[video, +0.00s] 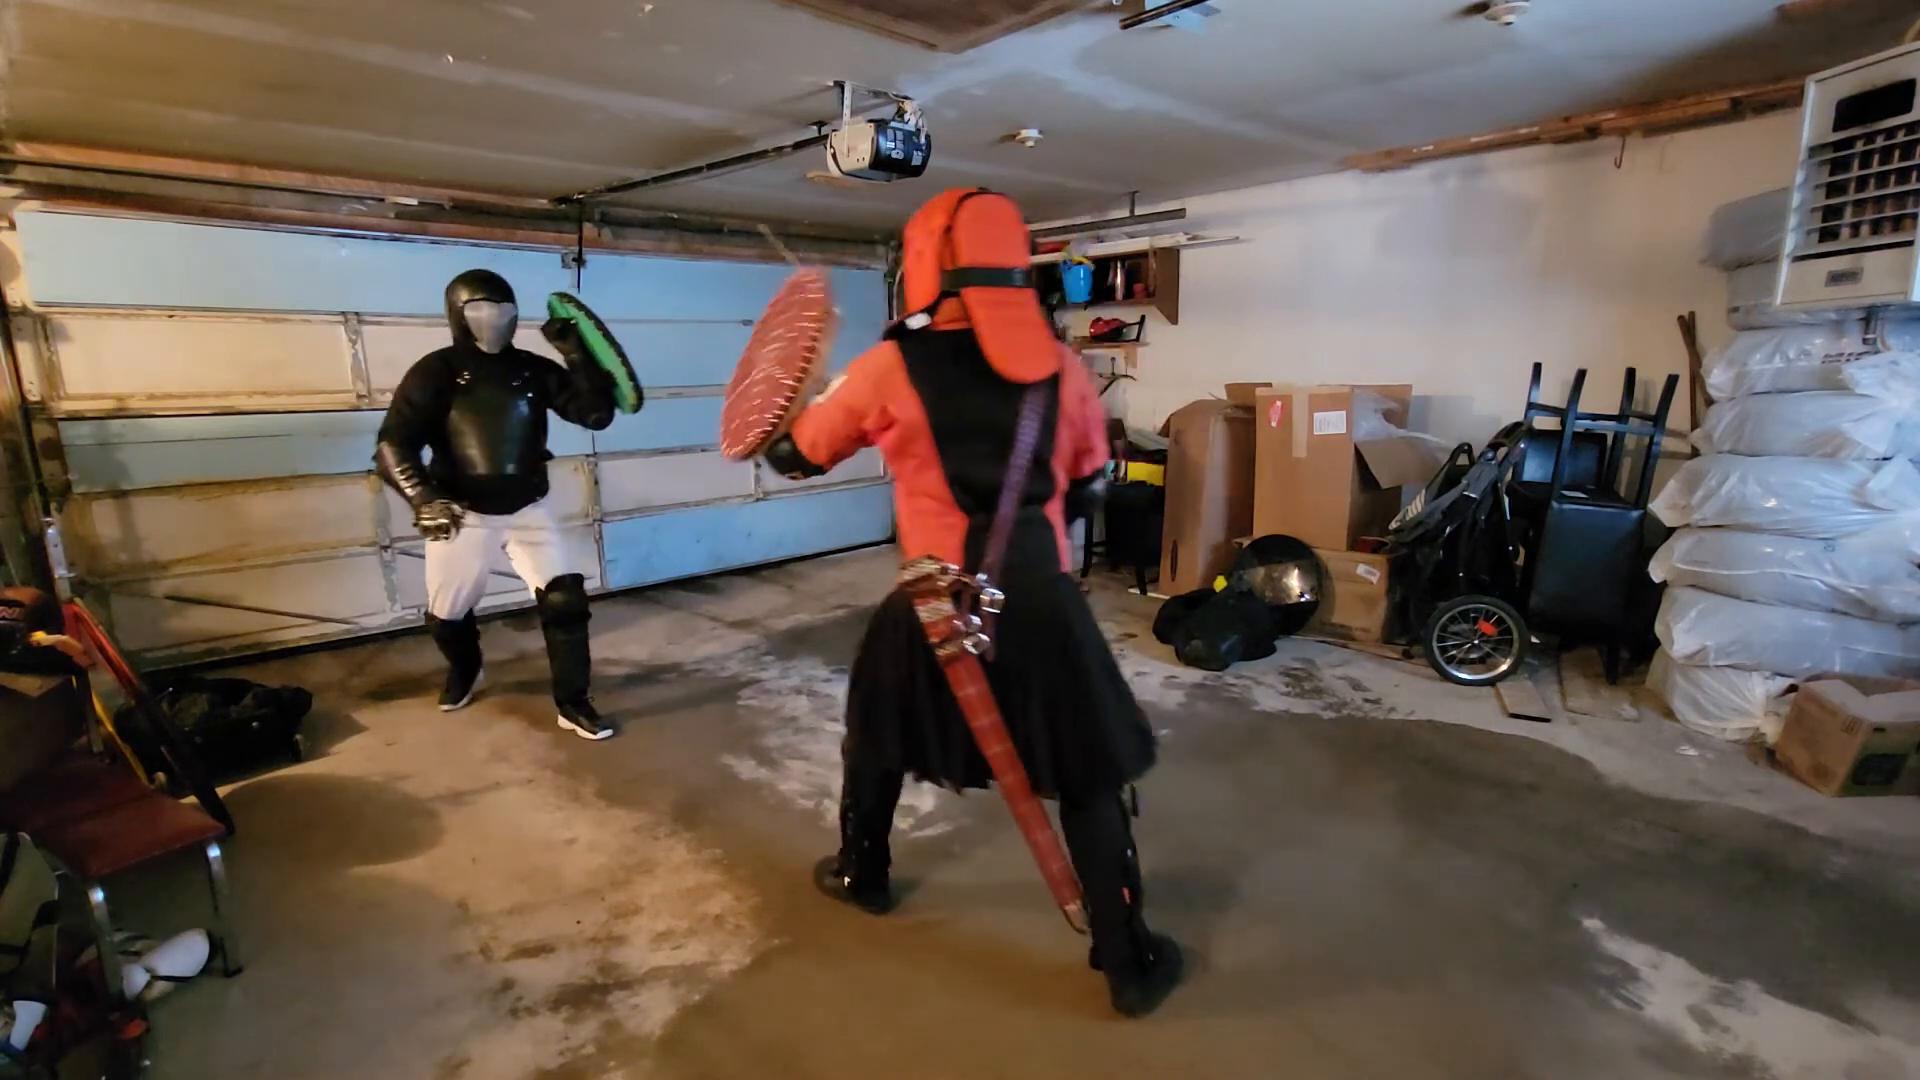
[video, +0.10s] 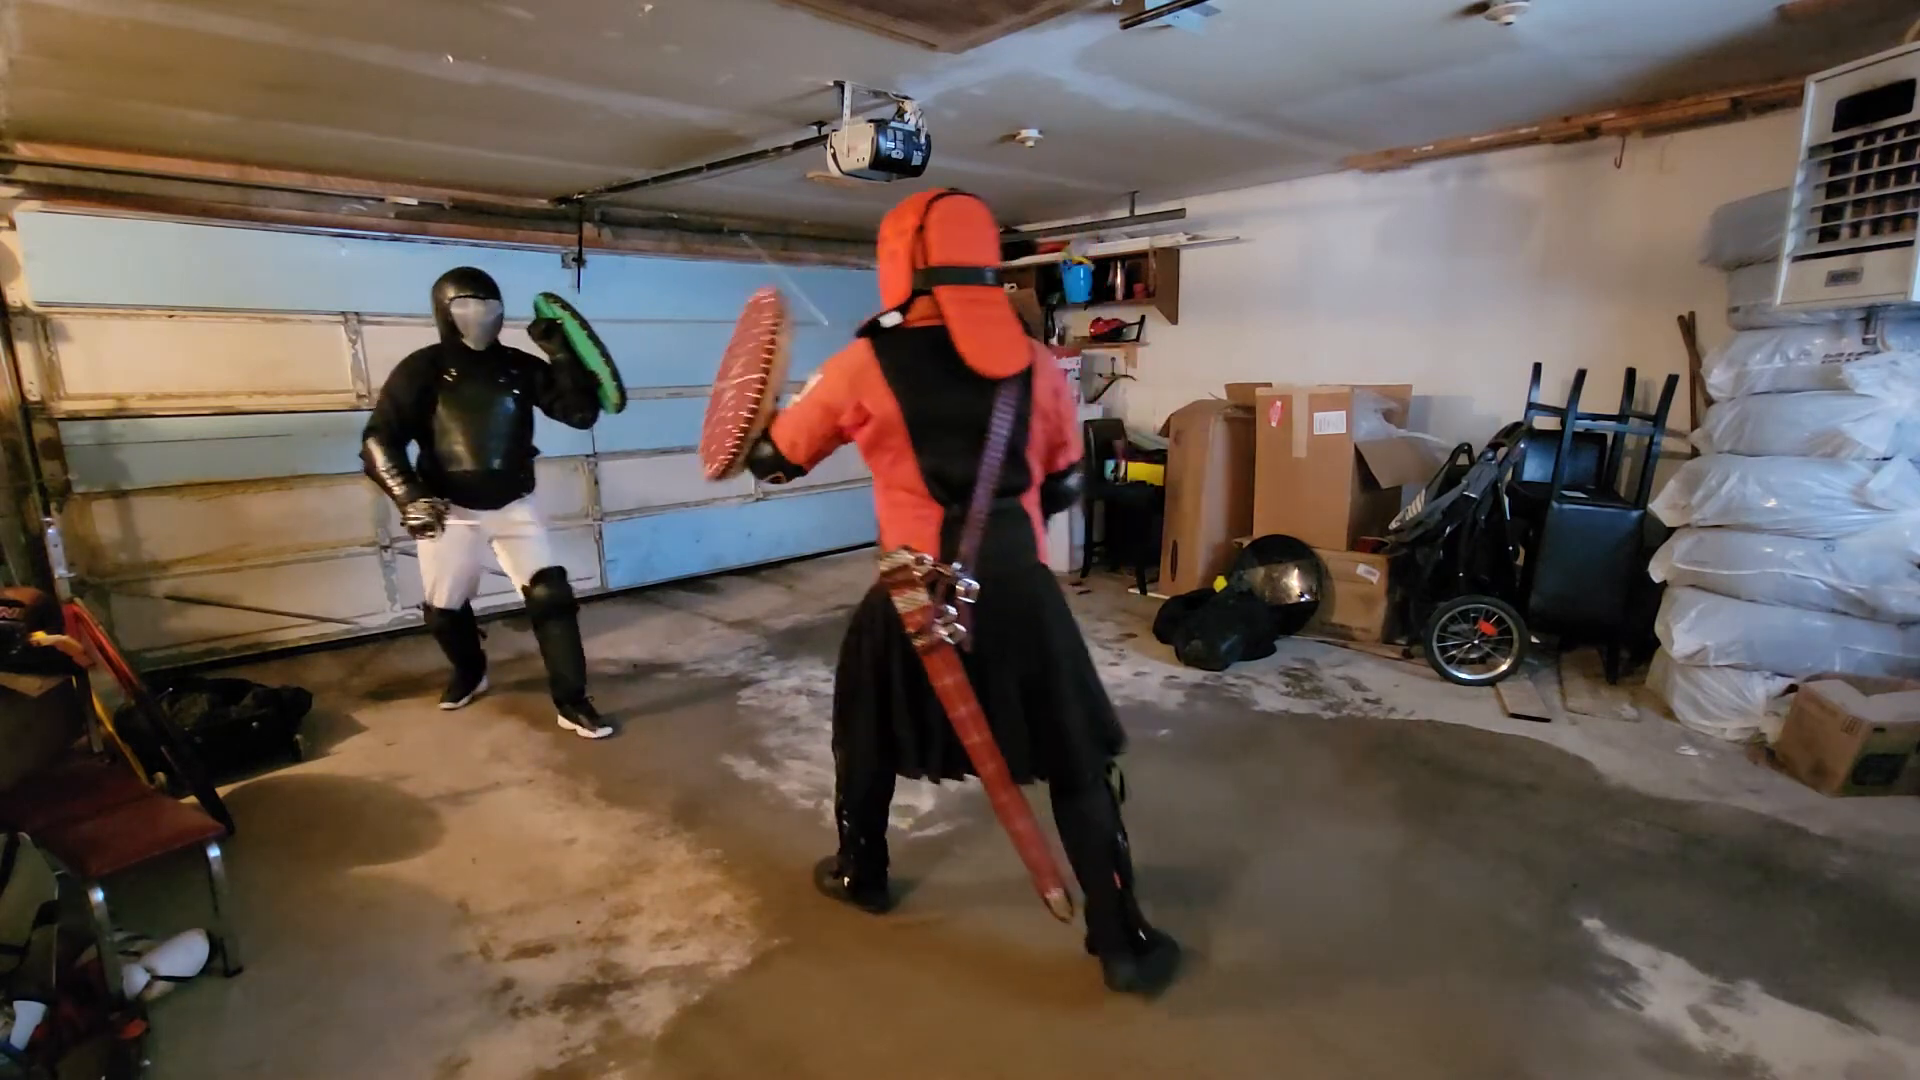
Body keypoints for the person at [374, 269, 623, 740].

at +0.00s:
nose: (497, 316)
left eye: (503, 305)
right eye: (483, 306)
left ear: (514, 311)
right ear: (460, 315)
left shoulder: (536, 371)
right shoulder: (436, 373)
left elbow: (597, 412)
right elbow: (393, 445)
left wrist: (575, 353)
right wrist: (422, 499)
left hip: (529, 514)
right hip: (460, 516)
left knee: (566, 600)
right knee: (446, 616)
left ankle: (572, 702)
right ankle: (465, 668)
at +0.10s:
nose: (489, 310)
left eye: (493, 301)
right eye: (476, 301)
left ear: (501, 308)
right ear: (450, 310)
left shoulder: (522, 367)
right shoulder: (423, 370)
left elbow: (581, 412)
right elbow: (378, 442)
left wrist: (560, 352)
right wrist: (409, 500)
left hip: (514, 508)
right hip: (448, 511)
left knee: (552, 595)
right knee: (444, 614)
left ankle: (572, 701)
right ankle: (470, 671)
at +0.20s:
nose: (469, 306)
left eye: (475, 296)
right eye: (457, 298)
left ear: (486, 302)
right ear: (434, 306)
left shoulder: (511, 362)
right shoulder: (410, 366)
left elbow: (570, 408)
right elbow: (366, 435)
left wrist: (548, 347)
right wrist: (397, 497)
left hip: (503, 503)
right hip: (436, 506)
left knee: (538, 588)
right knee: (438, 609)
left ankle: (566, 692)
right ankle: (469, 673)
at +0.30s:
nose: (462, 305)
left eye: (468, 296)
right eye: (449, 297)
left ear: (478, 302)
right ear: (425, 305)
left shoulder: (501, 359)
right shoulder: (402, 364)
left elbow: (561, 403)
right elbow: (359, 434)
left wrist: (537, 344)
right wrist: (388, 496)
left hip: (496, 496)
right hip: (432, 499)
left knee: (532, 579)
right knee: (435, 603)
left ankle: (545, 678)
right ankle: (468, 672)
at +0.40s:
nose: (458, 303)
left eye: (463, 294)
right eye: (444, 296)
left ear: (472, 300)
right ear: (419, 306)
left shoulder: (495, 358)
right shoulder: (398, 363)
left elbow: (556, 399)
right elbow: (355, 434)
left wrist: (530, 342)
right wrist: (380, 496)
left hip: (493, 494)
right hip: (429, 497)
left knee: (526, 579)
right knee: (435, 599)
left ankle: (526, 665)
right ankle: (467, 672)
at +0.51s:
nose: (453, 302)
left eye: (457, 293)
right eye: (440, 294)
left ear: (467, 299)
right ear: (416, 305)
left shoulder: (494, 357)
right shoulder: (394, 364)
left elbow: (554, 396)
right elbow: (352, 433)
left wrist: (526, 339)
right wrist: (377, 495)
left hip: (493, 497)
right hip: (428, 500)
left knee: (523, 590)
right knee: (433, 600)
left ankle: (523, 669)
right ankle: (467, 672)